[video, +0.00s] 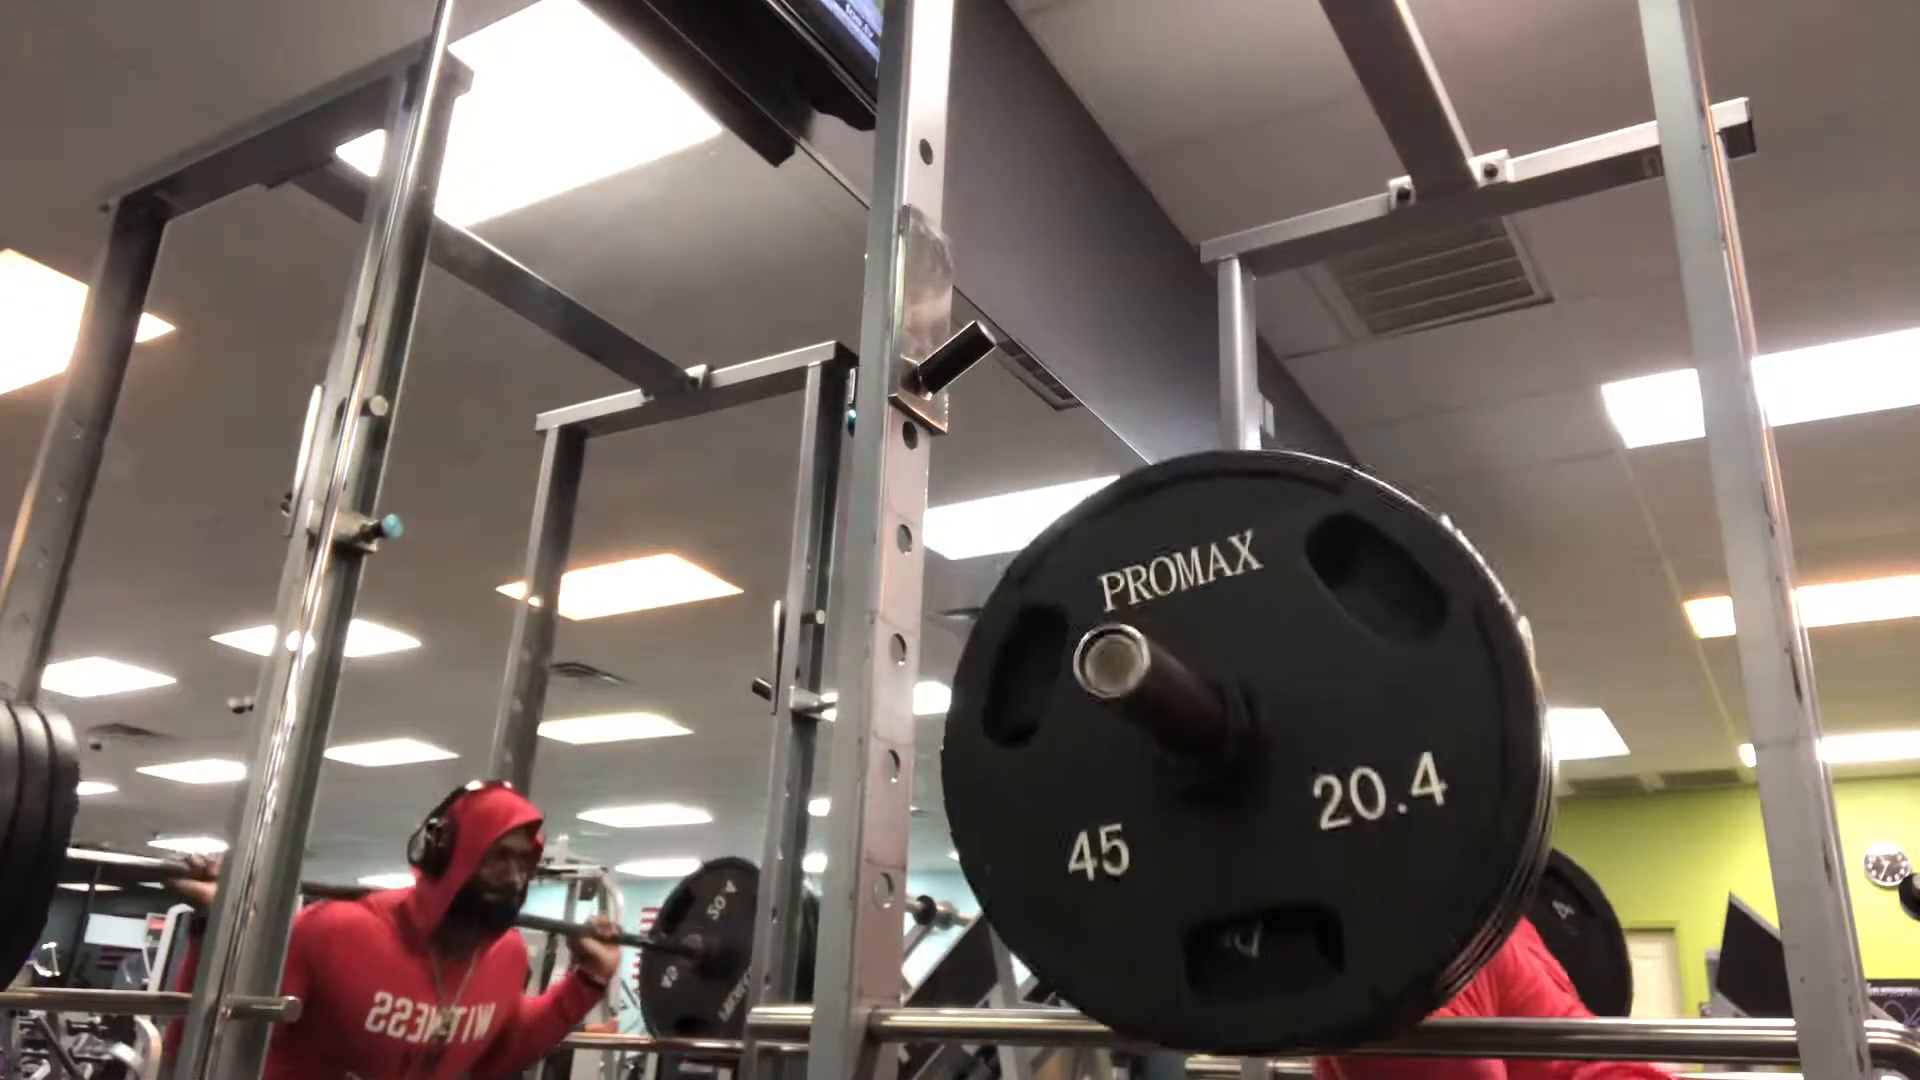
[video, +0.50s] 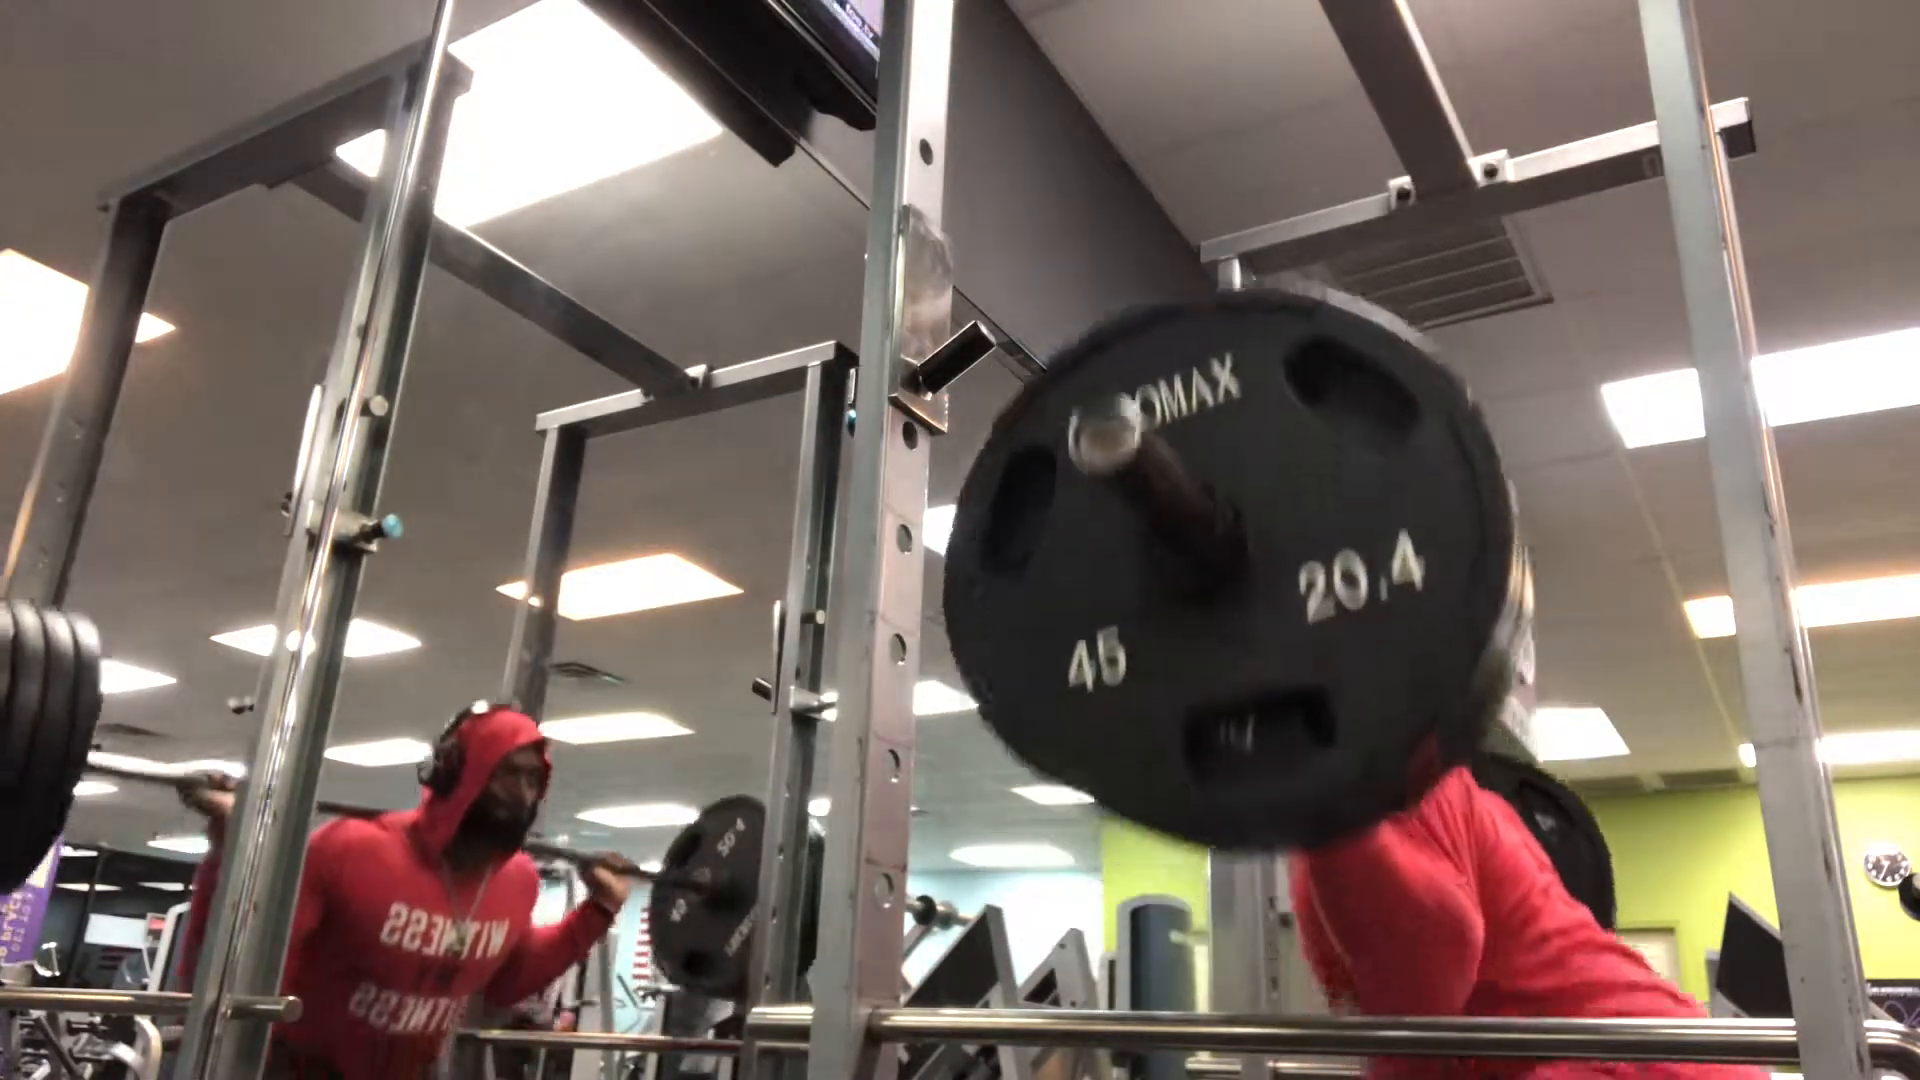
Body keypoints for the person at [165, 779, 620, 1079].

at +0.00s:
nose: (513, 876)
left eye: (525, 862)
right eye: (497, 858)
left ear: (536, 872)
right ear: (450, 855)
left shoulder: (508, 955)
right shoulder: (336, 931)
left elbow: (491, 1057)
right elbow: (200, 1045)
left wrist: (583, 987)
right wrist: (222, 922)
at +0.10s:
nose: (514, 873)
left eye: (526, 859)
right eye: (499, 854)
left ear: (537, 868)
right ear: (452, 851)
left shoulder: (509, 953)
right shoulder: (336, 927)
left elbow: (490, 1052)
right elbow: (204, 1044)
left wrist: (584, 981)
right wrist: (223, 920)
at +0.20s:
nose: (517, 862)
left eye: (528, 848)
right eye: (501, 843)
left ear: (538, 856)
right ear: (454, 840)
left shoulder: (510, 941)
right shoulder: (339, 915)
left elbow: (498, 1041)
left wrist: (587, 969)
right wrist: (219, 904)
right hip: (308, 1073)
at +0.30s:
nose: (517, 845)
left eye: (528, 829)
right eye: (501, 824)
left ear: (537, 836)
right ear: (457, 822)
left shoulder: (511, 926)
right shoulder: (342, 895)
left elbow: (497, 1022)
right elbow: (225, 1009)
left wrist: (591, 953)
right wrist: (219, 891)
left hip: (414, 1074)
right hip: (299, 1069)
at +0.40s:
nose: (523, 822)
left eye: (533, 805)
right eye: (506, 801)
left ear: (542, 812)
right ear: (459, 801)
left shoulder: (515, 904)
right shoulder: (344, 875)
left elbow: (502, 1004)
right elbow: (231, 991)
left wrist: (595, 934)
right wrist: (229, 865)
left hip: (418, 1069)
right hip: (309, 1065)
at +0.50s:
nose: (522, 791)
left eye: (534, 779)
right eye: (507, 773)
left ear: (544, 792)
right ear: (462, 772)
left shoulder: (517, 880)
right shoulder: (351, 848)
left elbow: (503, 985)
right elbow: (227, 961)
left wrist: (597, 913)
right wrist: (232, 841)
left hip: (412, 1066)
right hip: (306, 1060)